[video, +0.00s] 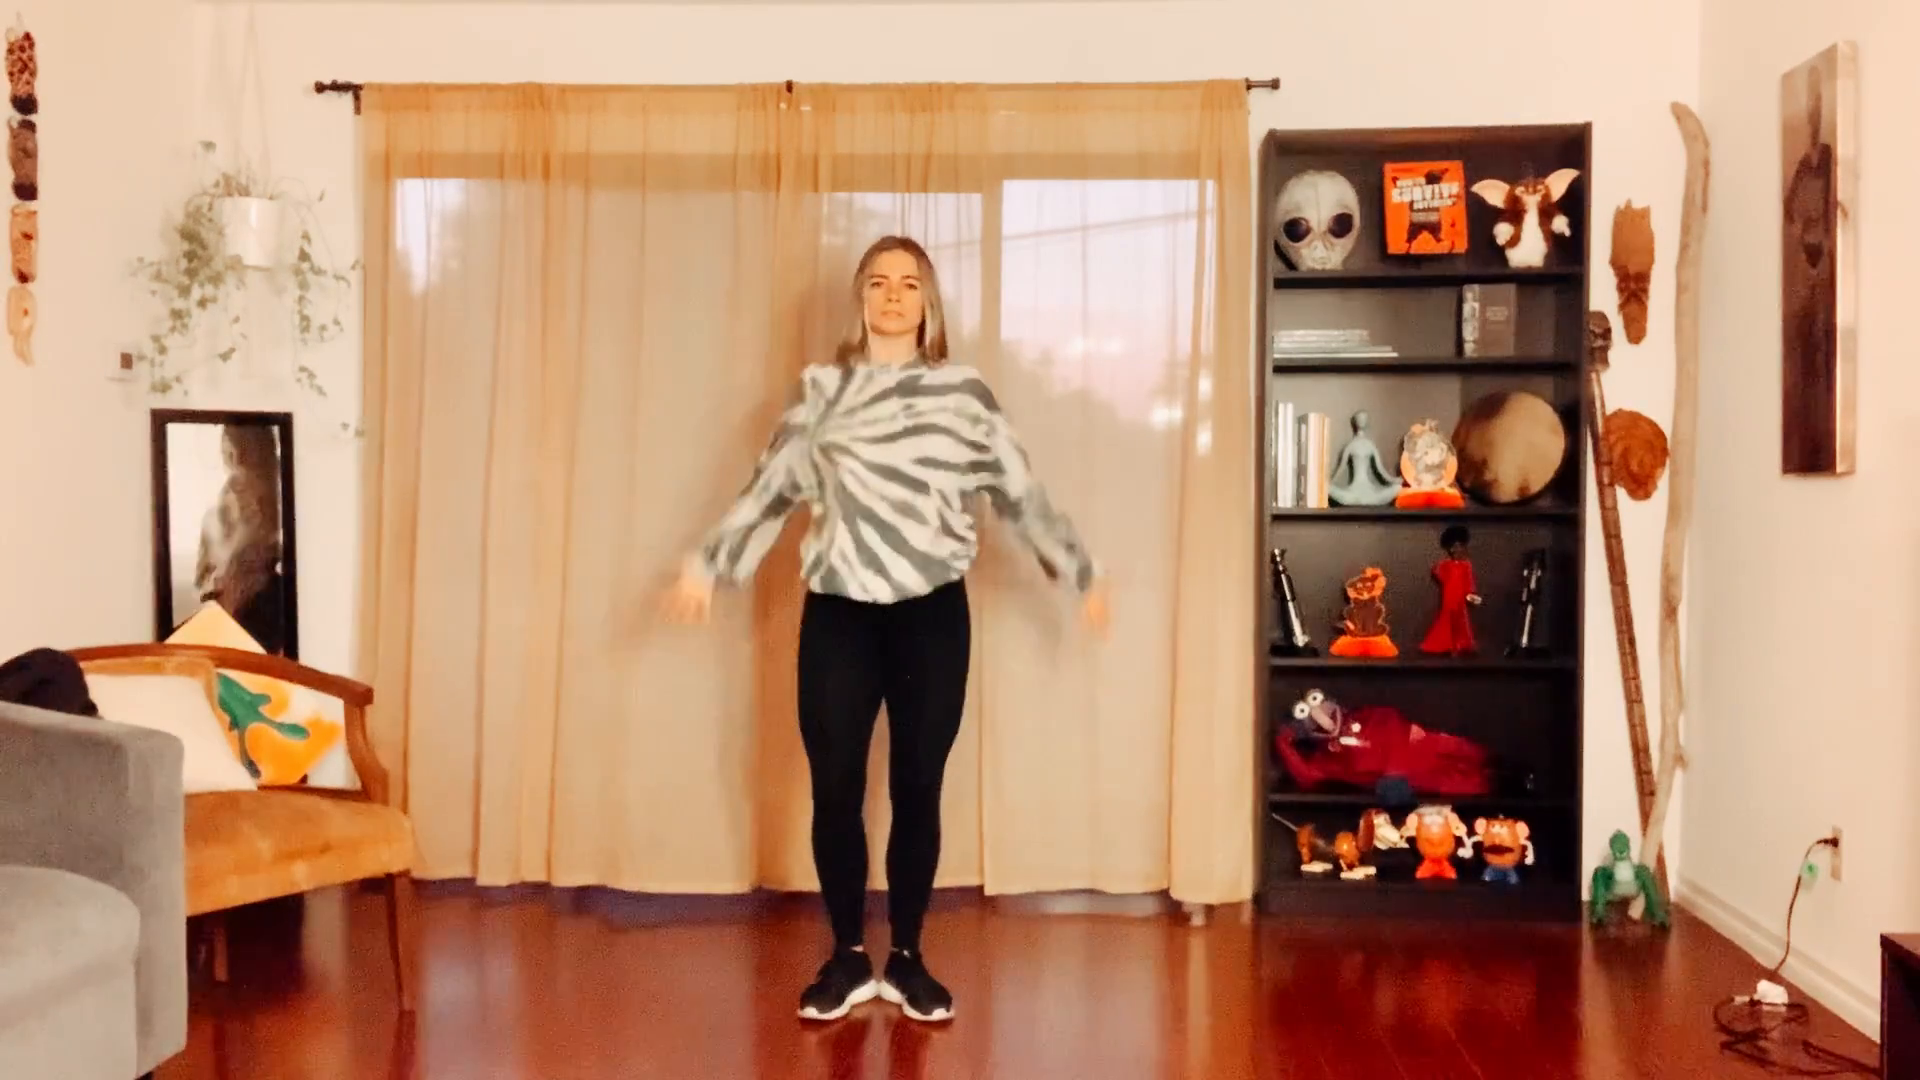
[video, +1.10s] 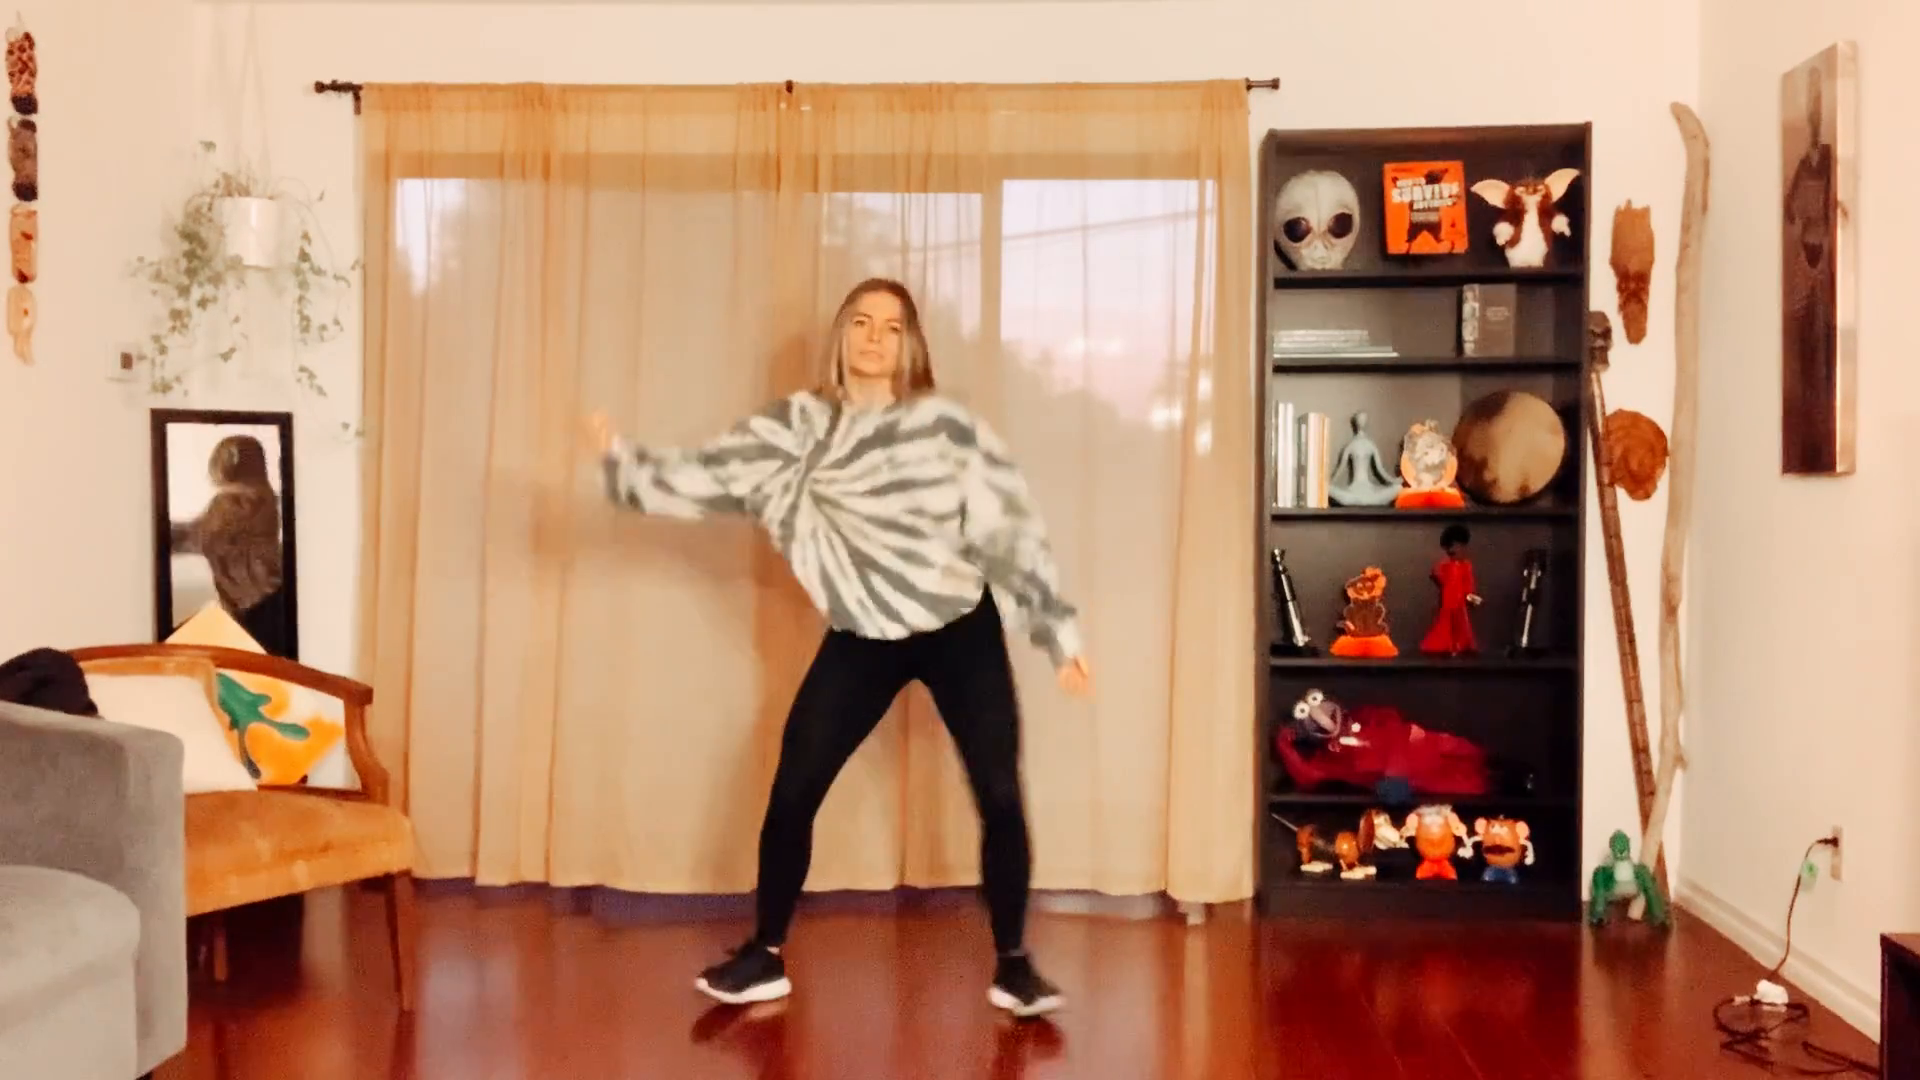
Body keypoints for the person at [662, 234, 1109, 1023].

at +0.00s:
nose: (892, 293)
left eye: (908, 283)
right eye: (879, 281)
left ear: (928, 300)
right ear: (859, 297)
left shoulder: (963, 394)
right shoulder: (825, 390)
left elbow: (1019, 494)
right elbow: (774, 486)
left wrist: (1080, 571)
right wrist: (709, 562)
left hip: (930, 613)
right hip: (838, 612)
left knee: (916, 789)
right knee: (837, 788)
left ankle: (905, 960)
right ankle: (848, 958)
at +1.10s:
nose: (876, 334)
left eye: (891, 326)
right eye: (863, 322)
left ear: (910, 344)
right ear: (838, 335)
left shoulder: (947, 426)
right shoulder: (801, 426)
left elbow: (1012, 531)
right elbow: (715, 472)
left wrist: (1059, 630)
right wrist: (624, 462)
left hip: (961, 626)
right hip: (865, 634)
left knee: (1001, 797)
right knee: (794, 790)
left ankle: (1013, 963)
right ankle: (765, 954)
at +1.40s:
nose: (1018, 347)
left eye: (1033, 341)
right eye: (1004, 338)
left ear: (1054, 368)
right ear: (977, 359)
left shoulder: (1084, 462)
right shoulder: (934, 442)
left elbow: (1185, 508)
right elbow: (863, 522)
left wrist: (1303, 512)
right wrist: (800, 574)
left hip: (1002, 662)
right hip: (902, 647)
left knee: (1106, 805)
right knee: (807, 797)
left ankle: (1051, 969)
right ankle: (752, 955)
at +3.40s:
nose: (1207, 351)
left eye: (1209, 339)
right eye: (1195, 336)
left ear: (1200, 344)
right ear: (1154, 336)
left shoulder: (1191, 417)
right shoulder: (1129, 399)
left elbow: (1246, 524)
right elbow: (1233, 416)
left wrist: (1266, 448)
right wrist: (1300, 409)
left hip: (1183, 638)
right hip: (1140, 636)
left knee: (1237, 809)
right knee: (1233, 811)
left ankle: (1139, 965)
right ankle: (1106, 944)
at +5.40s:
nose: (871, 359)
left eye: (891, 350)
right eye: (865, 342)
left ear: (920, 364)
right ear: (847, 346)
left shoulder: (946, 440)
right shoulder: (827, 427)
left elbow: (935, 506)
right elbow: (774, 442)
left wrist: (885, 428)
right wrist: (857, 397)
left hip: (949, 640)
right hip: (862, 645)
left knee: (997, 808)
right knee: (774, 795)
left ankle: (1021, 967)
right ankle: (832, 970)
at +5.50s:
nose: (892, 390)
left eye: (912, 382)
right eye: (884, 372)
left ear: (939, 398)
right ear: (864, 380)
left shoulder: (965, 483)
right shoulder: (841, 460)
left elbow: (955, 572)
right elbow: (787, 475)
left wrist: (899, 463)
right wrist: (870, 429)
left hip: (966, 677)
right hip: (869, 682)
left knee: (1080, 808)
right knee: (749, 806)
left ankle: (1063, 982)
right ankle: (828, 972)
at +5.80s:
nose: (987, 422)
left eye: (1005, 409)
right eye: (975, 407)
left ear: (1029, 421)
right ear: (957, 415)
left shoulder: (1078, 502)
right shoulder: (925, 483)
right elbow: (870, 536)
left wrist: (1111, 430)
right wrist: (956, 538)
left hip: (1044, 702)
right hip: (946, 704)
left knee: (1049, 868)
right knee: (839, 847)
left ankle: (1125, 977)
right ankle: (778, 962)